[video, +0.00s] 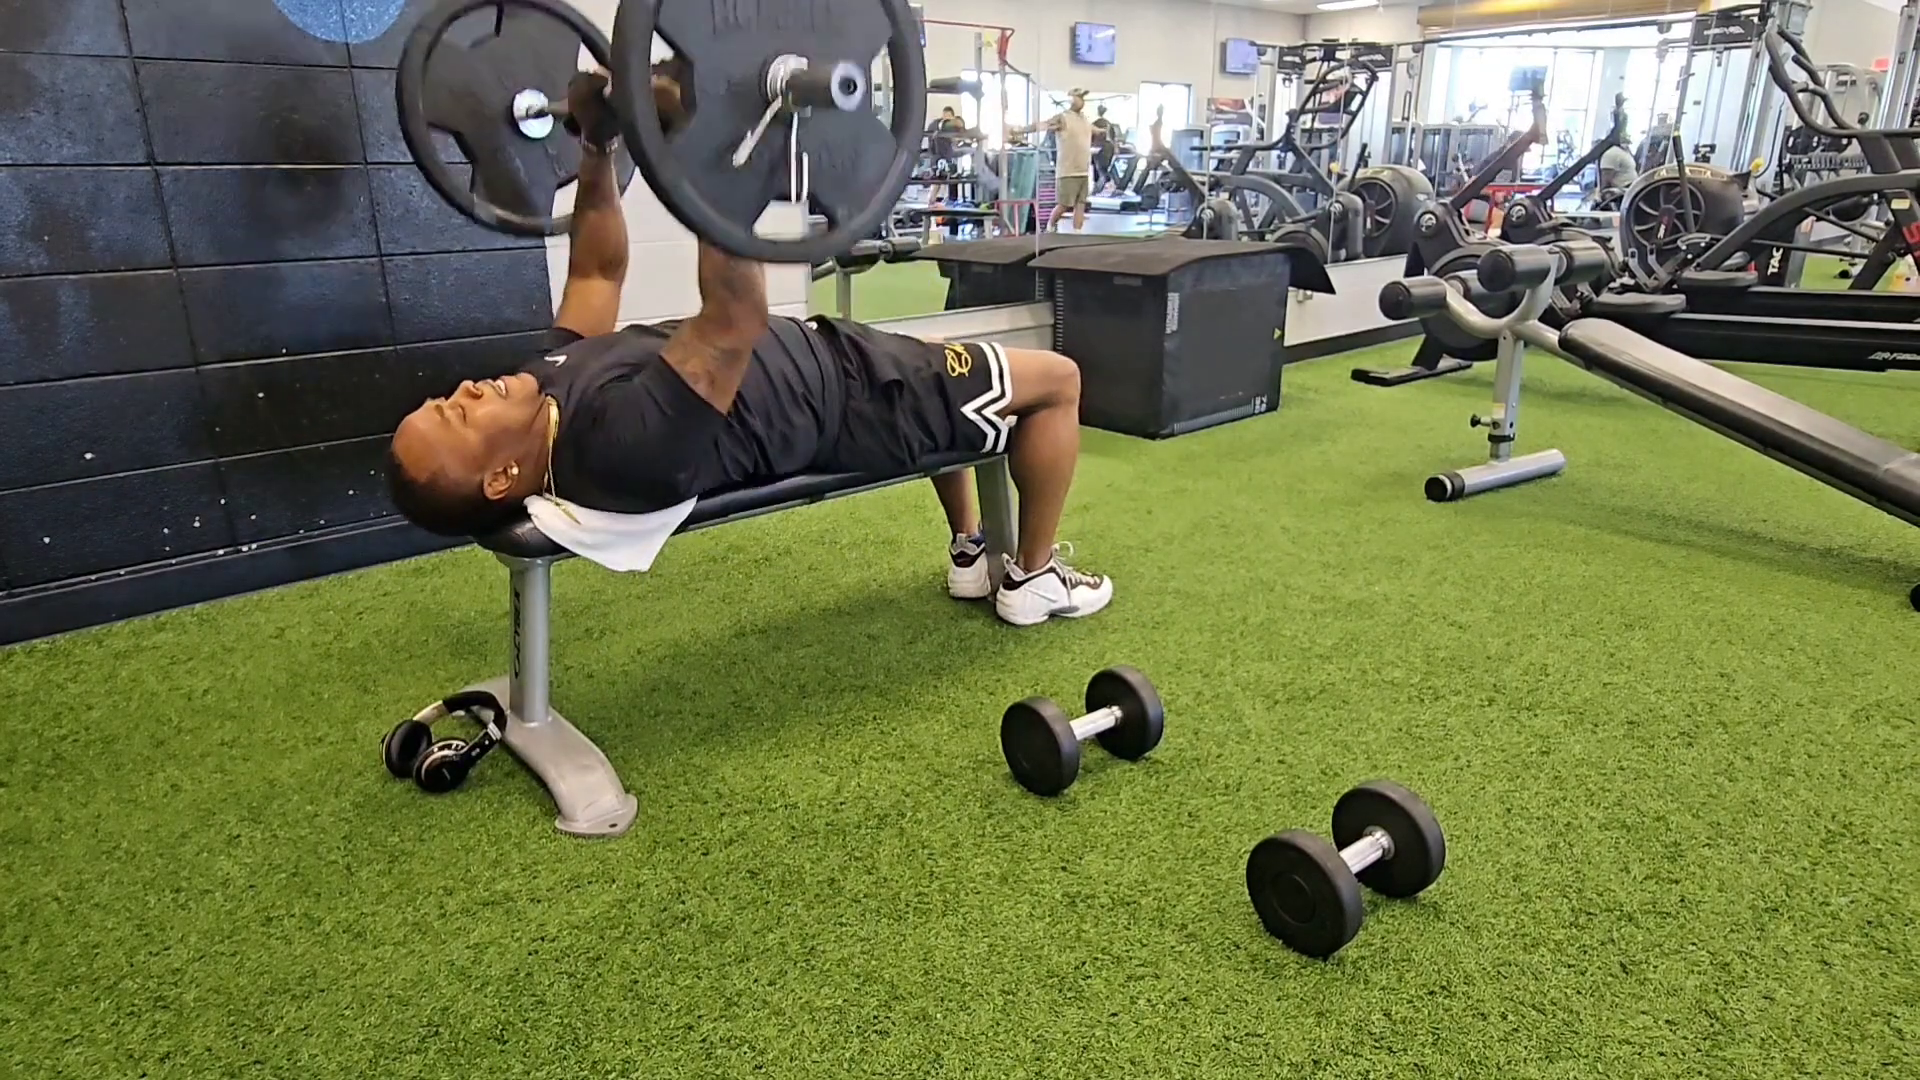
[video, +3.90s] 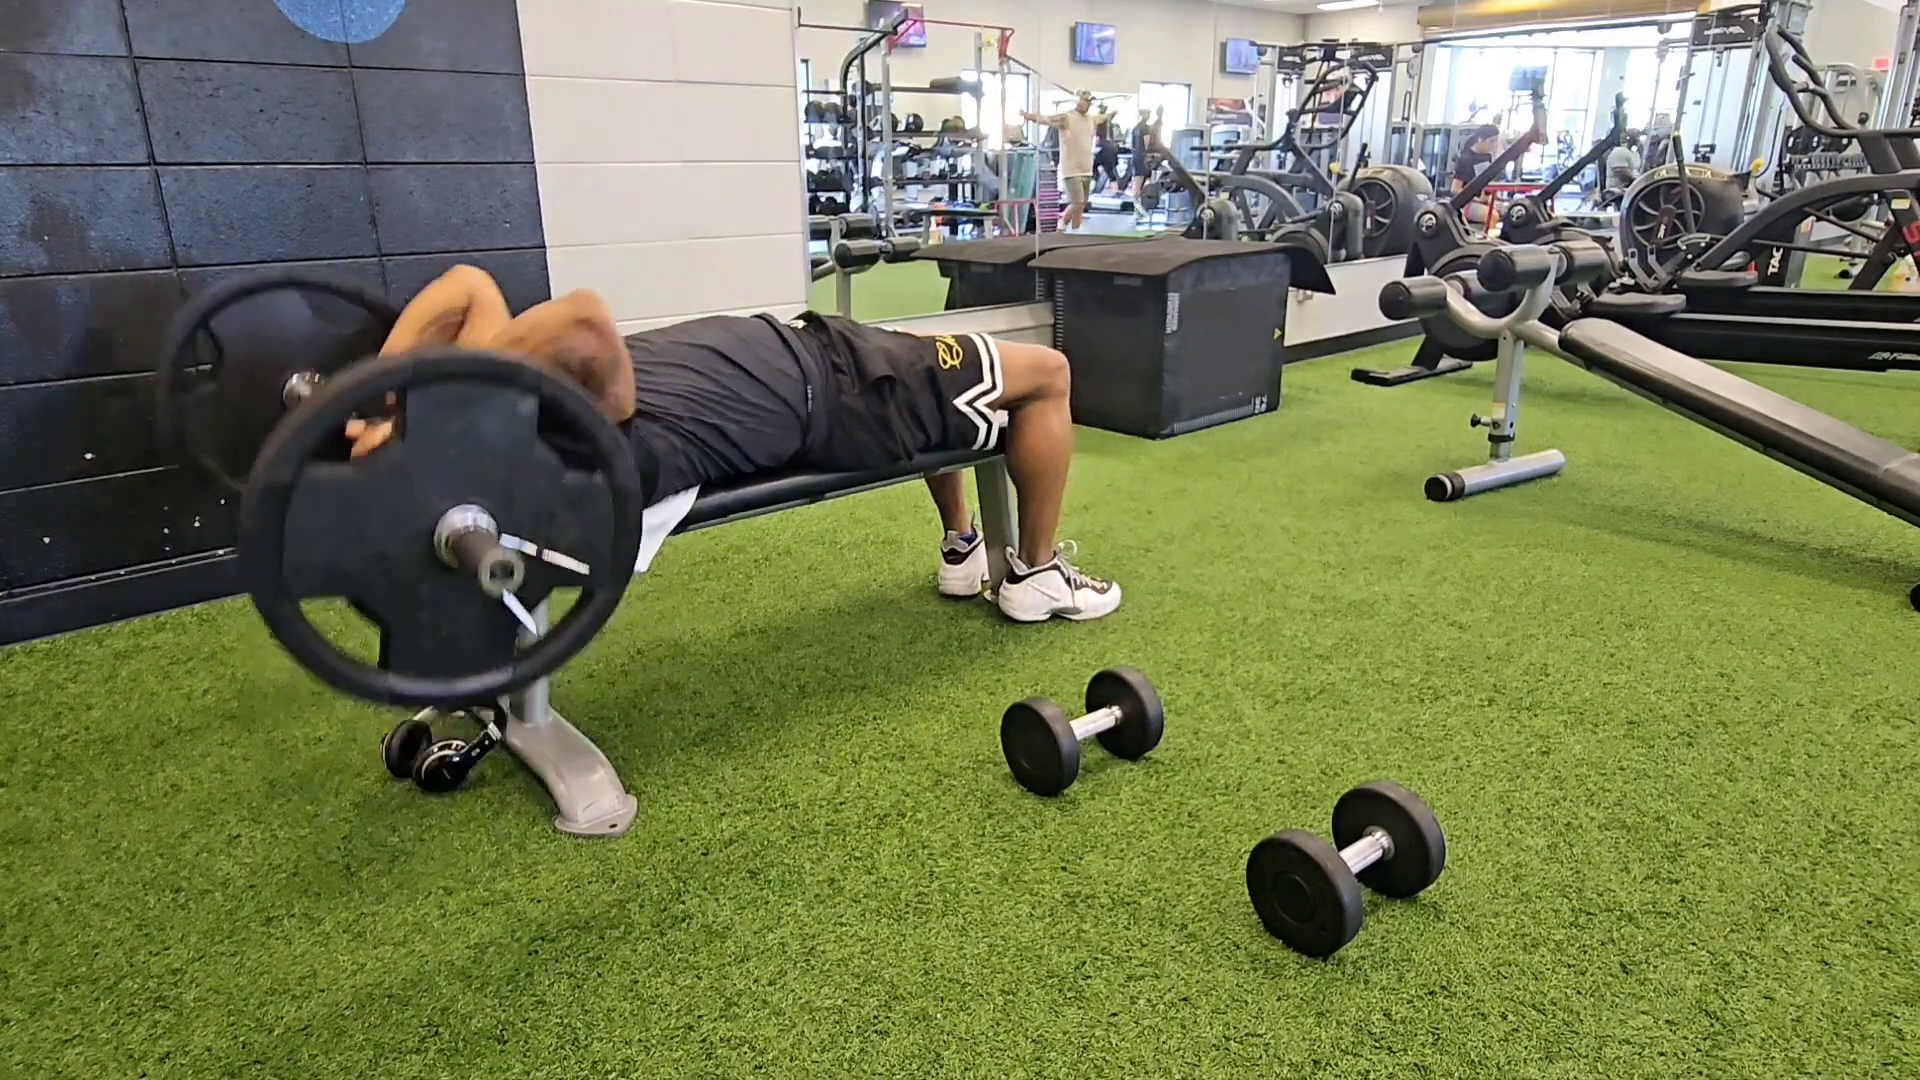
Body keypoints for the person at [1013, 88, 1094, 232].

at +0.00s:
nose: (1083, 101)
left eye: (1083, 98)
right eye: (1080, 98)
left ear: (1082, 101)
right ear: (1071, 99)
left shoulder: (1084, 121)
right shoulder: (1063, 118)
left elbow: (1095, 130)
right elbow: (1042, 125)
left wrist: (1106, 131)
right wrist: (1020, 130)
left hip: (1083, 170)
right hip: (1066, 170)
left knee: (1080, 205)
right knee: (1064, 205)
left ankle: (1077, 233)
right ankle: (1050, 227)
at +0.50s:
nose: (1063, 102)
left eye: (1063, 99)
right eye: (1059, 98)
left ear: (1063, 101)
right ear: (1051, 100)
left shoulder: (1068, 120)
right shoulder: (1043, 119)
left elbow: (1082, 128)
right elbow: (1024, 128)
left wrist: (1097, 131)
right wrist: (1007, 129)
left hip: (1063, 169)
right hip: (1046, 170)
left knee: (1063, 201)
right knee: (1043, 205)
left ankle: (1054, 229)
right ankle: (1042, 233)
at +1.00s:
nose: (1054, 105)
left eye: (1055, 102)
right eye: (1051, 102)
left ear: (1055, 105)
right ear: (1044, 103)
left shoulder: (1058, 124)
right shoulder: (1036, 121)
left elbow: (1075, 130)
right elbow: (1024, 131)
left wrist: (1093, 133)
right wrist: (1013, 133)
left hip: (1051, 170)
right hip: (1037, 170)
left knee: (1039, 203)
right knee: (1043, 203)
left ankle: (1030, 230)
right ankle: (1043, 233)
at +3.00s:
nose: (1055, 105)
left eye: (1057, 102)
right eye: (1052, 101)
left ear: (1059, 105)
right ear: (1045, 103)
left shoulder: (1060, 124)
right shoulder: (1036, 120)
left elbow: (1077, 132)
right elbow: (1025, 128)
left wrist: (1094, 134)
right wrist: (1016, 130)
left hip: (1055, 171)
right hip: (1040, 171)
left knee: (1054, 205)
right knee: (1044, 206)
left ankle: (1036, 227)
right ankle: (1041, 233)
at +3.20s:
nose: (1061, 106)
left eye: (1063, 103)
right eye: (1059, 102)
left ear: (1065, 105)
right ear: (1051, 102)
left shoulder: (1064, 123)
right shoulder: (1041, 118)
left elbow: (1081, 131)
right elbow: (1027, 124)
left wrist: (1099, 132)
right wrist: (1016, 124)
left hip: (1061, 169)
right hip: (1044, 170)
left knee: (1068, 201)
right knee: (1043, 205)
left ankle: (1055, 228)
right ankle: (1040, 233)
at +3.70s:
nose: (1082, 106)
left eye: (1084, 103)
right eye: (1080, 102)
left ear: (1086, 104)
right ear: (1074, 102)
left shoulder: (1086, 120)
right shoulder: (1062, 118)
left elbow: (1099, 119)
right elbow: (1044, 120)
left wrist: (1108, 115)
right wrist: (1028, 117)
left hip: (1082, 169)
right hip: (1066, 169)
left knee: (1079, 205)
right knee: (1066, 205)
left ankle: (1074, 232)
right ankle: (1050, 225)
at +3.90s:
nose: (1088, 105)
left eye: (1089, 102)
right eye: (1086, 101)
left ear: (1089, 104)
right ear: (1078, 101)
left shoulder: (1090, 119)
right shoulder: (1067, 117)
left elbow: (1101, 119)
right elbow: (1047, 120)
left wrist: (1110, 114)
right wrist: (1029, 116)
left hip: (1086, 167)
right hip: (1070, 167)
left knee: (1082, 203)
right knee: (1078, 201)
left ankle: (1075, 232)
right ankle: (1061, 224)